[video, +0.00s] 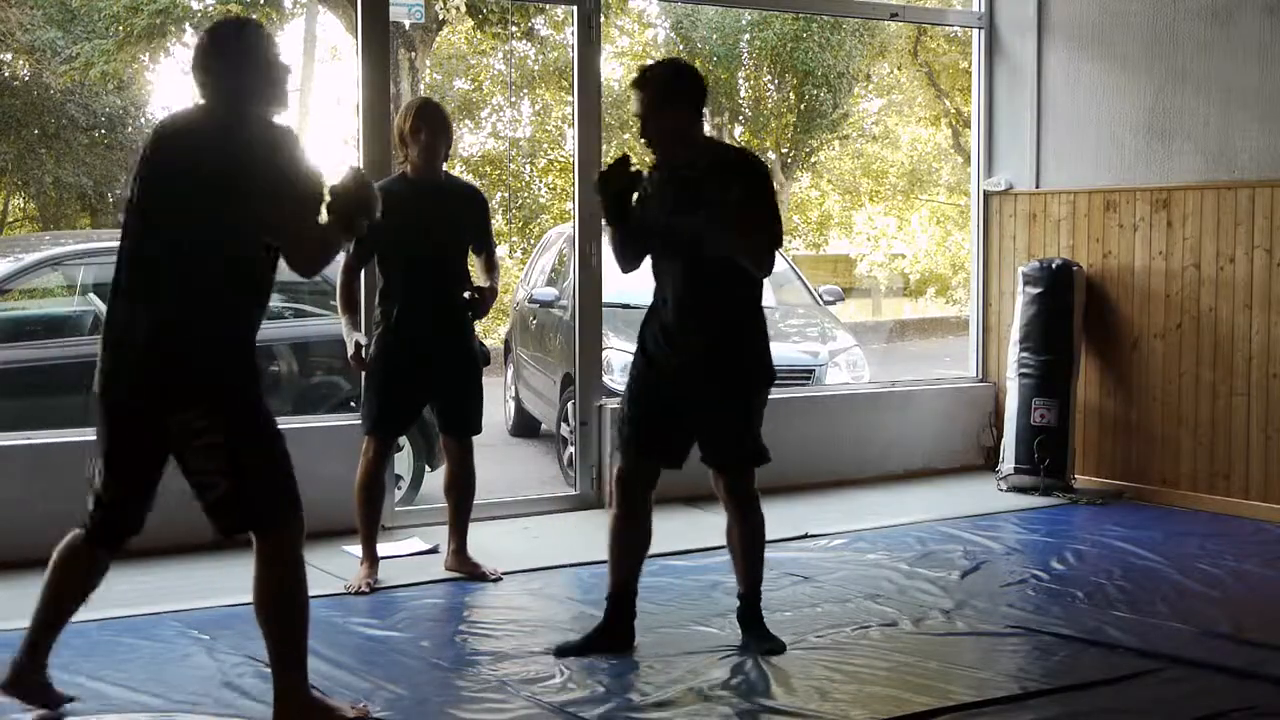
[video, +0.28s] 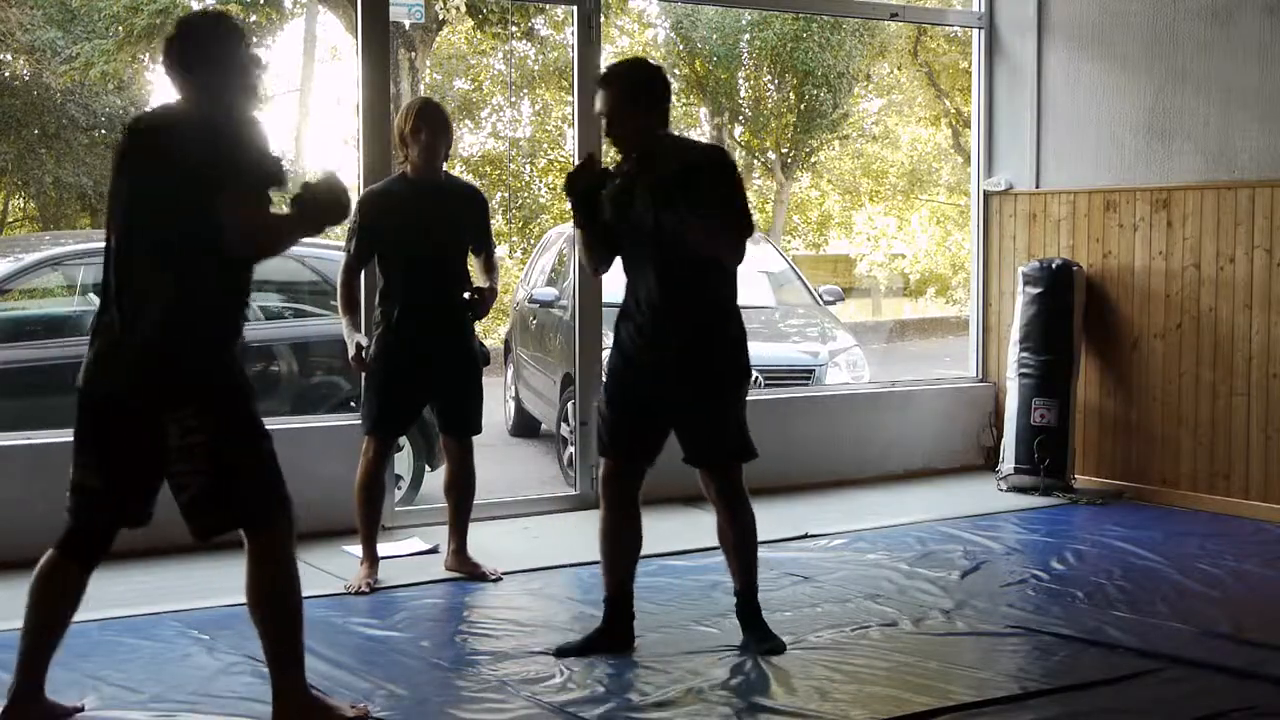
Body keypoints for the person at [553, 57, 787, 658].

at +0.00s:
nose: (641, 128)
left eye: (650, 114)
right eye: (640, 114)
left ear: (684, 112)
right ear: (660, 116)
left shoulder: (743, 169)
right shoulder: (658, 179)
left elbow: (763, 258)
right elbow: (628, 260)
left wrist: (696, 217)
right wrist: (617, 206)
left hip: (731, 347)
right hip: (664, 346)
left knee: (737, 484)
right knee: (631, 481)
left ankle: (752, 617)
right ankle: (618, 624)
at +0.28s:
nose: (607, 127)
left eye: (613, 114)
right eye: (604, 116)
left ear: (651, 107)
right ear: (619, 116)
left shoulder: (710, 163)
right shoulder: (616, 180)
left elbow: (731, 249)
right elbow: (597, 262)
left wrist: (656, 201)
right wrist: (586, 207)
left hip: (708, 346)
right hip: (640, 347)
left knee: (724, 484)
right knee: (616, 482)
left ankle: (751, 616)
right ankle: (617, 626)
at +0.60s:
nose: (575, 137)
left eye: (581, 123)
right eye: (573, 125)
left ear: (615, 115)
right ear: (598, 118)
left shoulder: (687, 161)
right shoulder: (597, 180)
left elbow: (709, 242)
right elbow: (590, 272)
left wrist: (646, 198)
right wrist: (561, 260)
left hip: (700, 344)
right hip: (632, 347)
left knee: (726, 480)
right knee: (598, 476)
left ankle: (770, 609)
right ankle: (612, 622)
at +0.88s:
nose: (590, 158)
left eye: (594, 144)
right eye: (586, 146)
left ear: (629, 132)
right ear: (606, 139)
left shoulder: (706, 172)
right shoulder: (615, 208)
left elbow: (734, 254)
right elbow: (625, 299)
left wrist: (668, 213)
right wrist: (619, 375)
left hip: (720, 363)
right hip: (650, 367)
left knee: (736, 492)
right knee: (590, 472)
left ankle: (772, 616)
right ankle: (609, 620)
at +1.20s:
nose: (604, 152)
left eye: (610, 137)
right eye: (600, 140)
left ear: (645, 130)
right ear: (625, 137)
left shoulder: (716, 171)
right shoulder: (623, 205)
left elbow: (750, 250)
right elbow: (634, 295)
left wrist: (686, 213)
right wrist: (621, 377)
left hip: (724, 363)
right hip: (656, 364)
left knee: (739, 492)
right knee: (602, 476)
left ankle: (769, 613)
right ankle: (613, 621)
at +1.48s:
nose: (613, 154)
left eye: (620, 140)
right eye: (609, 142)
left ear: (657, 132)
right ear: (633, 139)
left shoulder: (727, 172)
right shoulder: (631, 204)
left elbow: (760, 254)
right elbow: (647, 297)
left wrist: (698, 222)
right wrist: (634, 362)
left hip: (739, 358)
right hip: (668, 360)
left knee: (750, 489)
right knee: (617, 475)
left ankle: (770, 614)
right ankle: (612, 620)